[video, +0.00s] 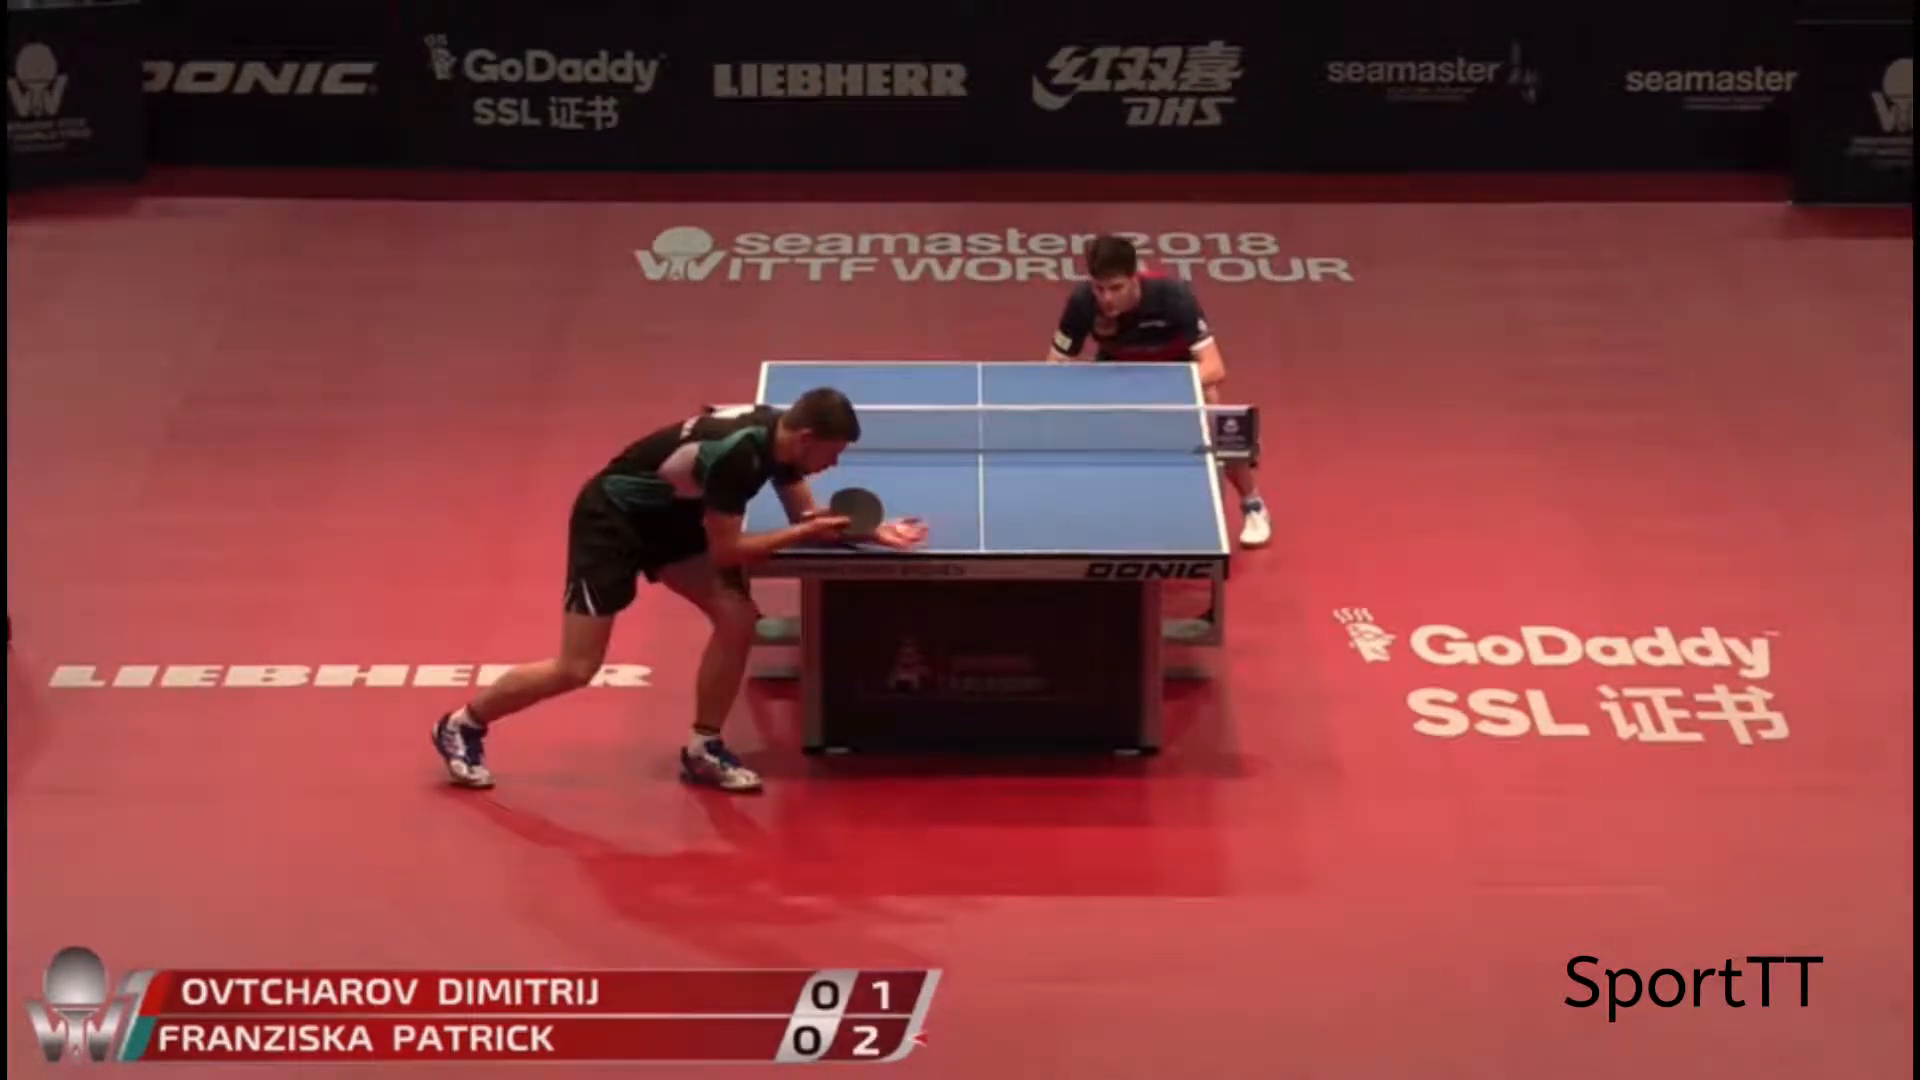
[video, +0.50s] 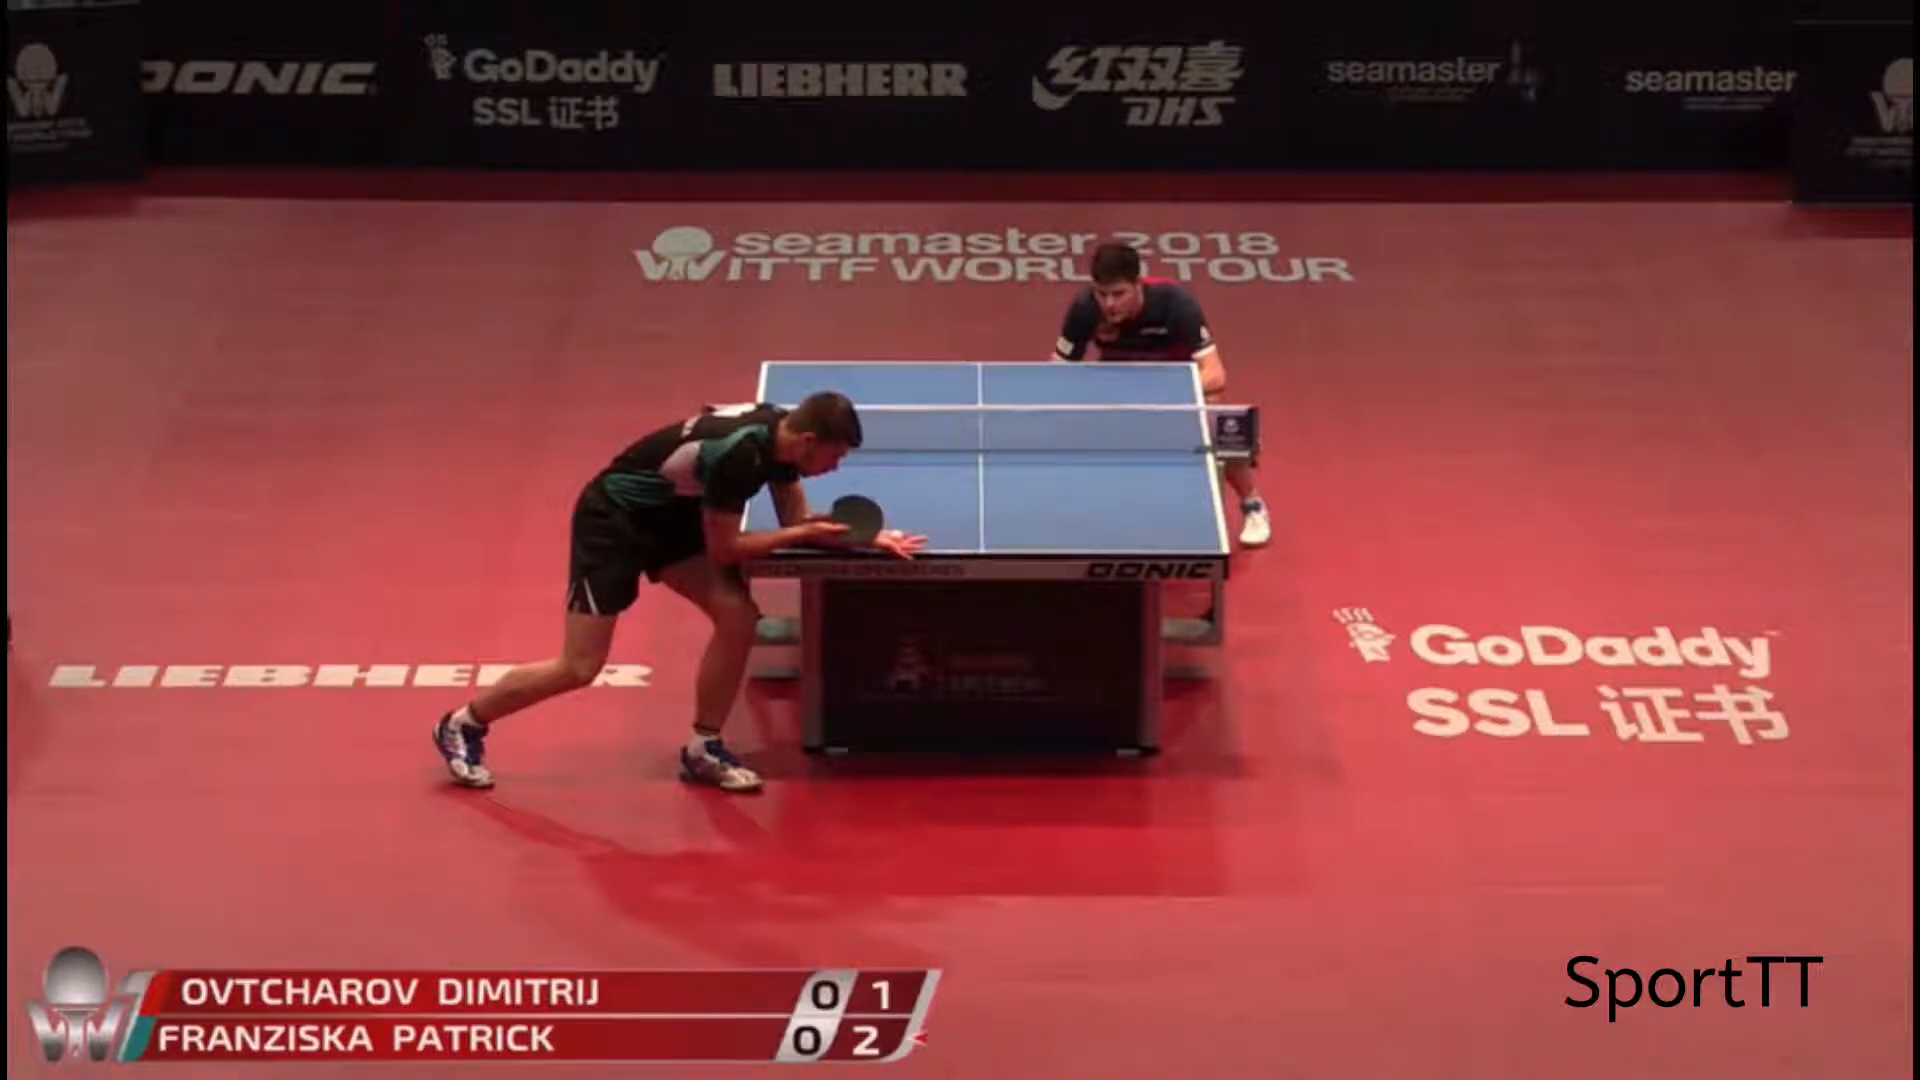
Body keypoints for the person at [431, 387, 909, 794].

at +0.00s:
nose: (830, 465)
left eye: (836, 457)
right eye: (828, 455)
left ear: (805, 435)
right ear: (800, 435)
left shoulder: (782, 443)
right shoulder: (737, 455)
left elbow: (804, 518)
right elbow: (727, 555)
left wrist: (875, 531)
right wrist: (802, 532)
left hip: (668, 526)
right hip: (610, 517)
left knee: (738, 617)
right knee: (576, 667)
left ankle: (704, 750)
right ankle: (462, 725)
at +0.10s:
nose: (831, 464)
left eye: (836, 454)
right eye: (830, 453)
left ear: (809, 434)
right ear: (803, 435)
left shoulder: (780, 443)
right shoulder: (737, 451)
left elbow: (799, 520)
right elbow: (726, 554)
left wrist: (871, 532)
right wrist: (806, 531)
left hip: (669, 525)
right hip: (611, 515)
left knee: (737, 618)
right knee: (575, 667)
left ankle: (704, 749)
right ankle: (463, 725)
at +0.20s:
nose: (831, 464)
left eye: (837, 455)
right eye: (830, 454)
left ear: (809, 433)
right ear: (804, 436)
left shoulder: (780, 441)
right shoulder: (736, 453)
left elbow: (797, 521)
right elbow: (725, 552)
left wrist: (869, 534)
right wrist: (805, 532)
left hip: (670, 527)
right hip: (611, 517)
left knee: (737, 617)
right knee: (576, 666)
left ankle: (704, 750)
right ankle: (463, 725)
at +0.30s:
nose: (831, 465)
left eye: (837, 456)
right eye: (830, 455)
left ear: (810, 435)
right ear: (804, 437)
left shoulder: (781, 441)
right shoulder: (737, 453)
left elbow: (797, 521)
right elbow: (725, 552)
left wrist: (870, 537)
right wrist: (804, 533)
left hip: (671, 527)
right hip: (611, 516)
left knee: (737, 617)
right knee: (577, 666)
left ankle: (704, 750)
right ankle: (463, 725)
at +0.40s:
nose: (831, 467)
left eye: (836, 458)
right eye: (830, 457)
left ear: (810, 436)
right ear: (805, 439)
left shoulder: (781, 439)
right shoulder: (737, 453)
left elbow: (797, 521)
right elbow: (725, 552)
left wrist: (873, 538)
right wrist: (803, 533)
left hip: (670, 527)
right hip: (612, 516)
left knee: (738, 617)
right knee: (578, 666)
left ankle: (704, 750)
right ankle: (464, 725)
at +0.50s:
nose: (830, 468)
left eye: (836, 459)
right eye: (830, 458)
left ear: (810, 437)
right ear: (807, 441)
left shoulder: (781, 440)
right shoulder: (737, 452)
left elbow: (798, 524)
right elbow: (726, 553)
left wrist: (872, 539)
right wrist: (805, 533)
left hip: (670, 528)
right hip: (612, 517)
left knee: (738, 617)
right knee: (578, 667)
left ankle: (704, 750)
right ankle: (464, 725)